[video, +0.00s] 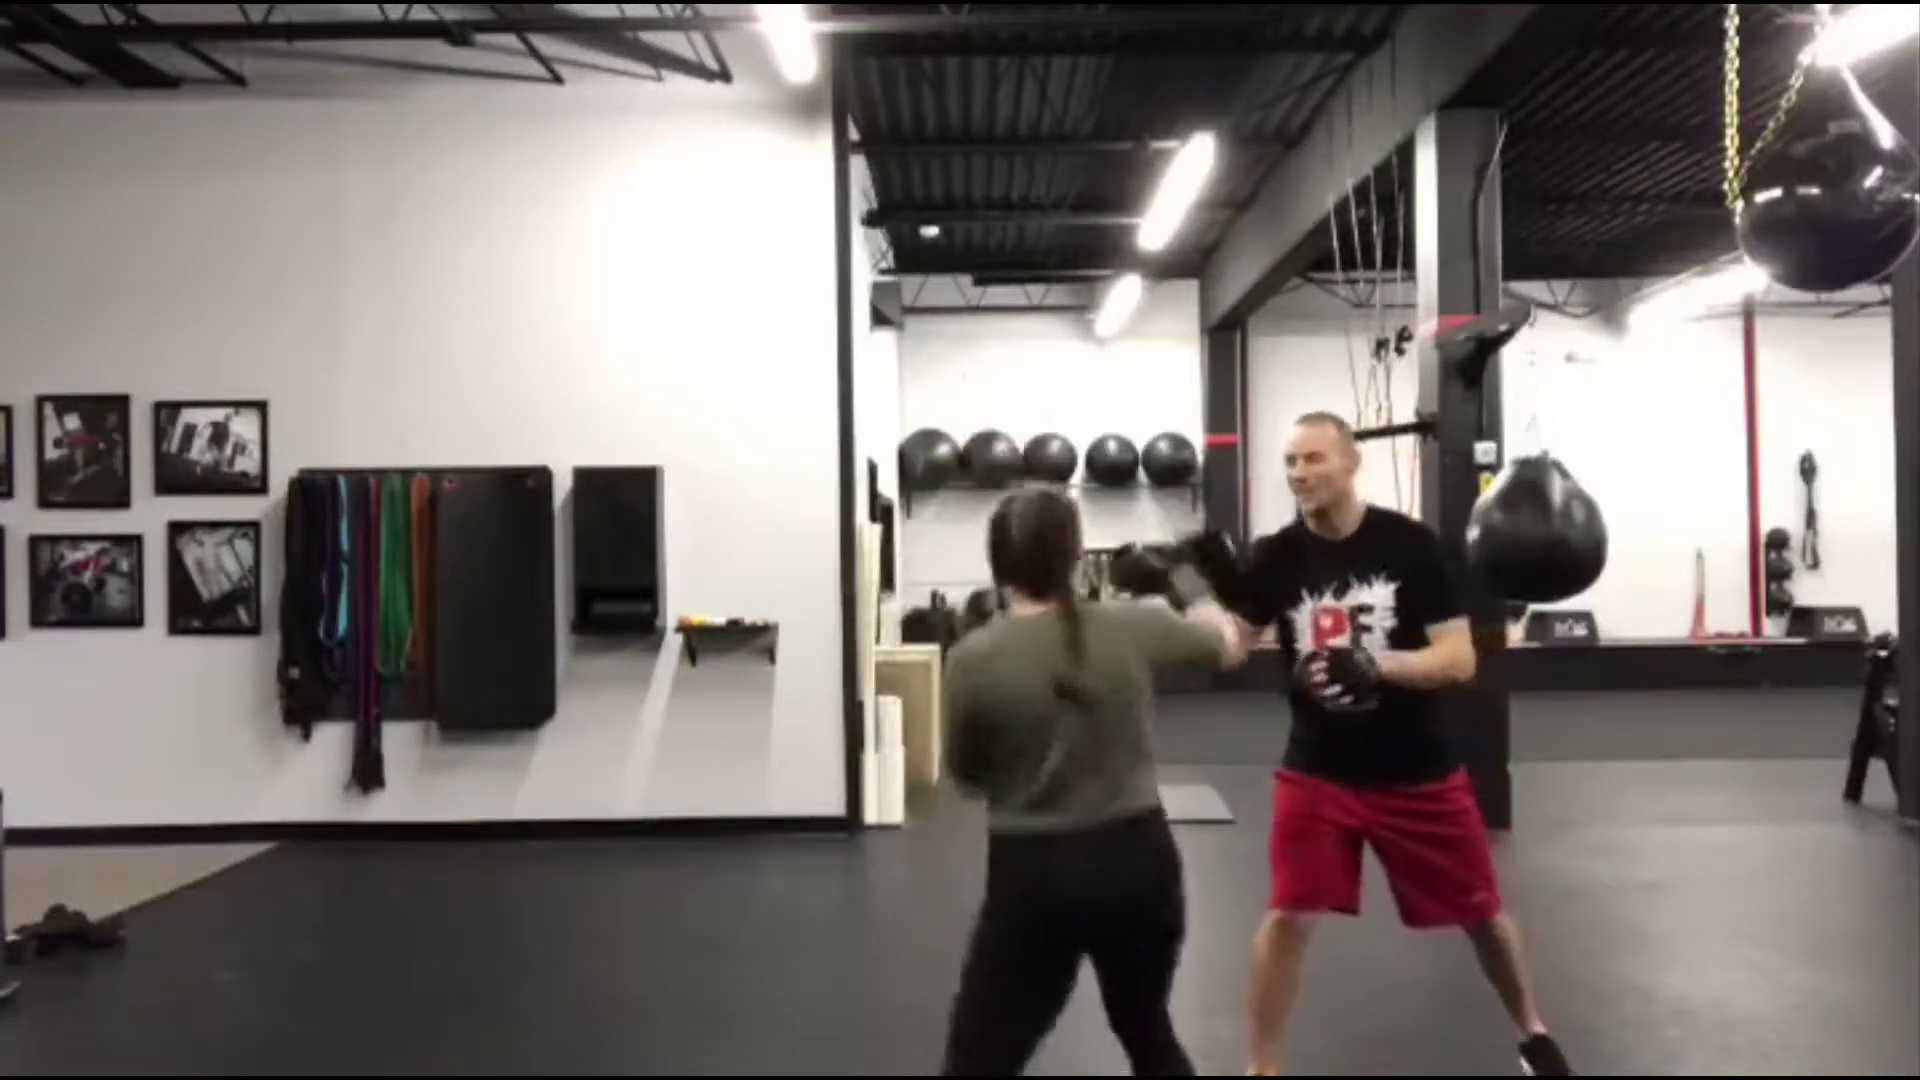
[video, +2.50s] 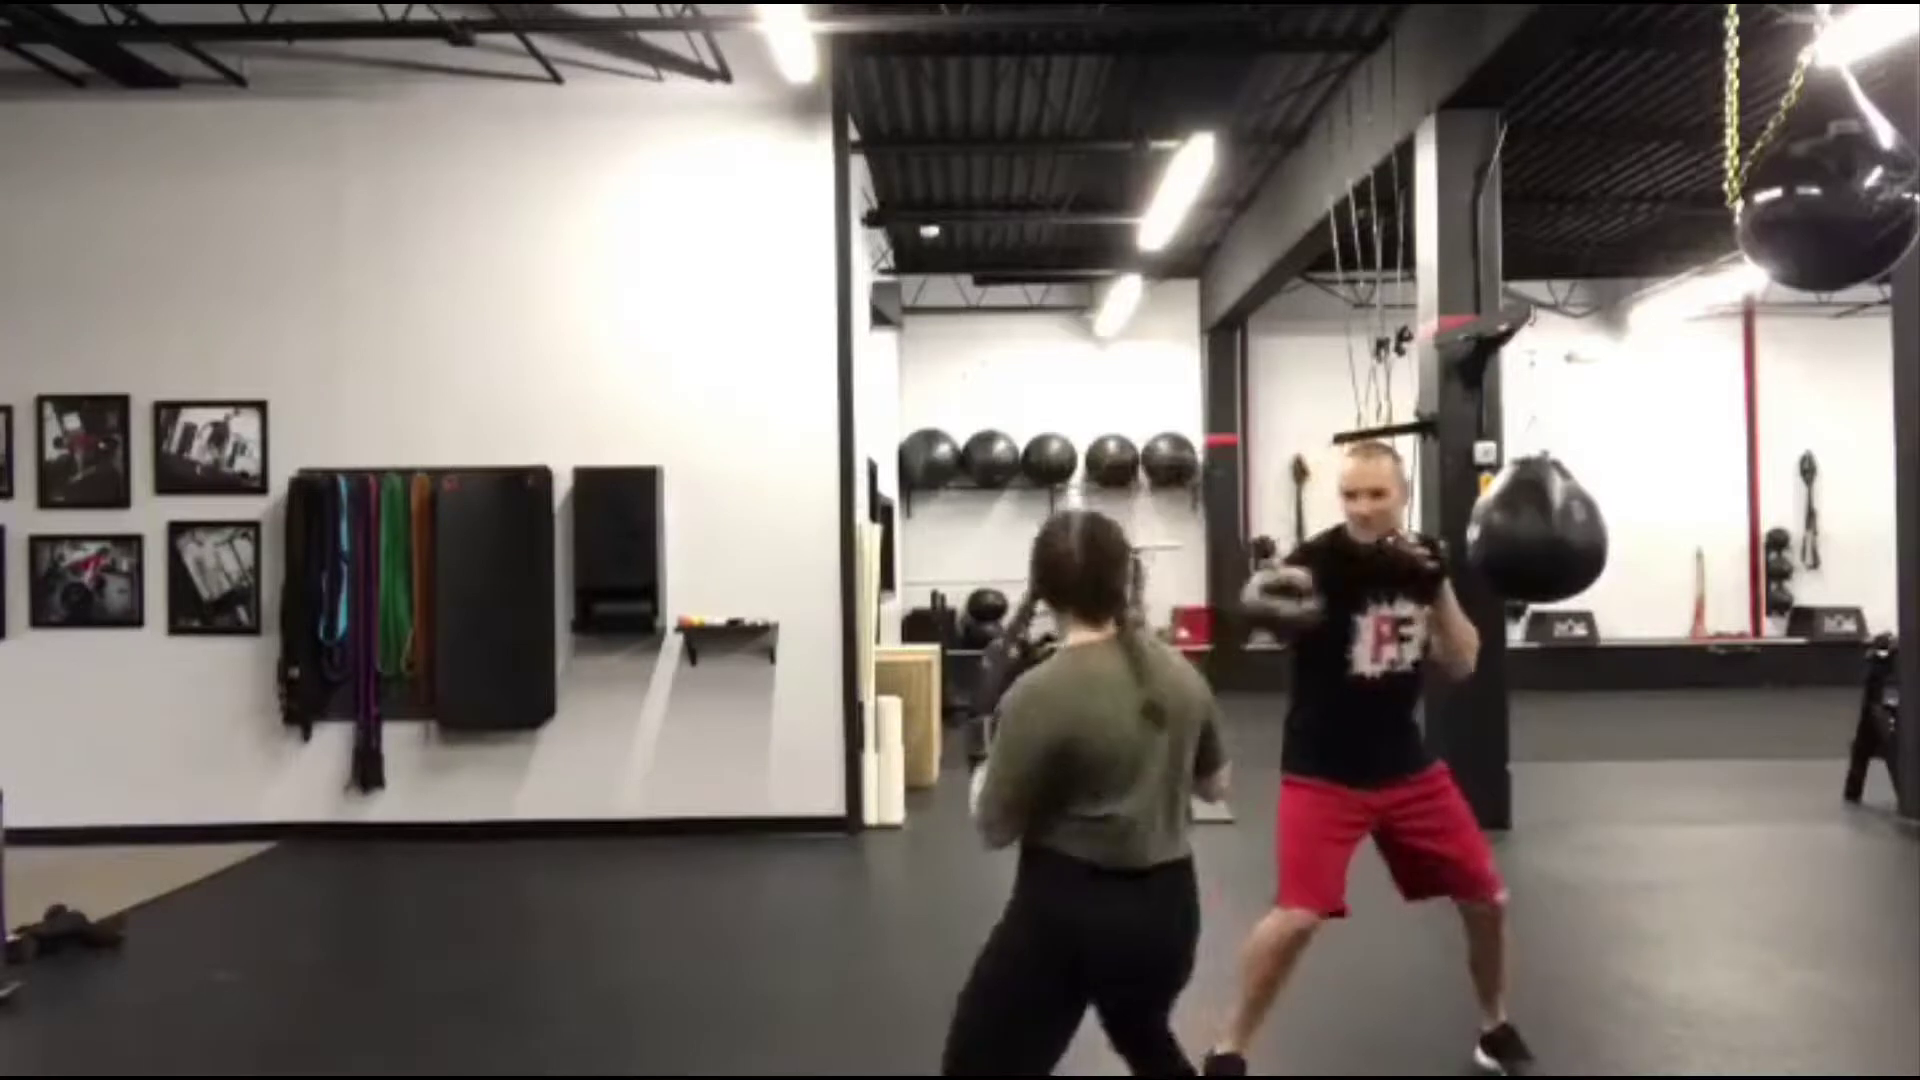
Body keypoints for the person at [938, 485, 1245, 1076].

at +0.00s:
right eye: (1072, 541)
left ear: (998, 559)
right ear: (1075, 553)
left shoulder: (974, 659)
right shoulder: (1130, 627)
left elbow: (966, 771)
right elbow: (1219, 643)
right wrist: (1196, 605)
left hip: (1032, 878)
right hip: (1137, 862)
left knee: (980, 1059)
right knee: (1147, 1027)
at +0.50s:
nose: (1068, 550)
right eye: (1065, 538)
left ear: (981, 542)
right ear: (1062, 550)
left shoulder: (924, 636)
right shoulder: (1096, 655)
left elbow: (907, 735)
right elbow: (1116, 790)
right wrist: (1049, 732)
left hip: (924, 886)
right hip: (1036, 892)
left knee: (911, 1062)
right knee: (1099, 1001)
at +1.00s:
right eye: (1135, 503)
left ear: (1056, 517)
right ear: (1134, 515)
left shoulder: (1013, 617)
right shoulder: (1178, 614)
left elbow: (1001, 725)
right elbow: (1219, 728)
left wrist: (1071, 733)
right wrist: (1147, 721)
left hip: (1053, 853)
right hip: (1161, 849)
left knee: (999, 1043)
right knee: (1182, 1025)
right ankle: (1217, 1070)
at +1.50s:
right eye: (1103, 519)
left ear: (1021, 525)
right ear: (1099, 528)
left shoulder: (972, 619)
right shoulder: (1139, 624)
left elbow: (947, 708)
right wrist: (1235, 630)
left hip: (999, 862)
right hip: (1109, 862)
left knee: (978, 1057)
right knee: (1155, 1034)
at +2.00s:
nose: (1233, 522)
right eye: (1227, 512)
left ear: (1138, 517)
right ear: (1217, 526)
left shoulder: (1092, 587)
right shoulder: (1244, 621)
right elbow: (1283, 740)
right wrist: (1222, 702)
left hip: (1100, 815)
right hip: (1203, 825)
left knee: (1046, 1043)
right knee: (1216, 1038)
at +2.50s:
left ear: (1045, 590)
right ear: (1124, 576)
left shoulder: (1041, 695)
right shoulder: (1178, 673)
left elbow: (995, 823)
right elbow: (1213, 779)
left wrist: (998, 738)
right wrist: (1138, 741)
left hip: (1061, 918)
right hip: (1164, 910)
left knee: (980, 1062)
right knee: (1146, 1035)